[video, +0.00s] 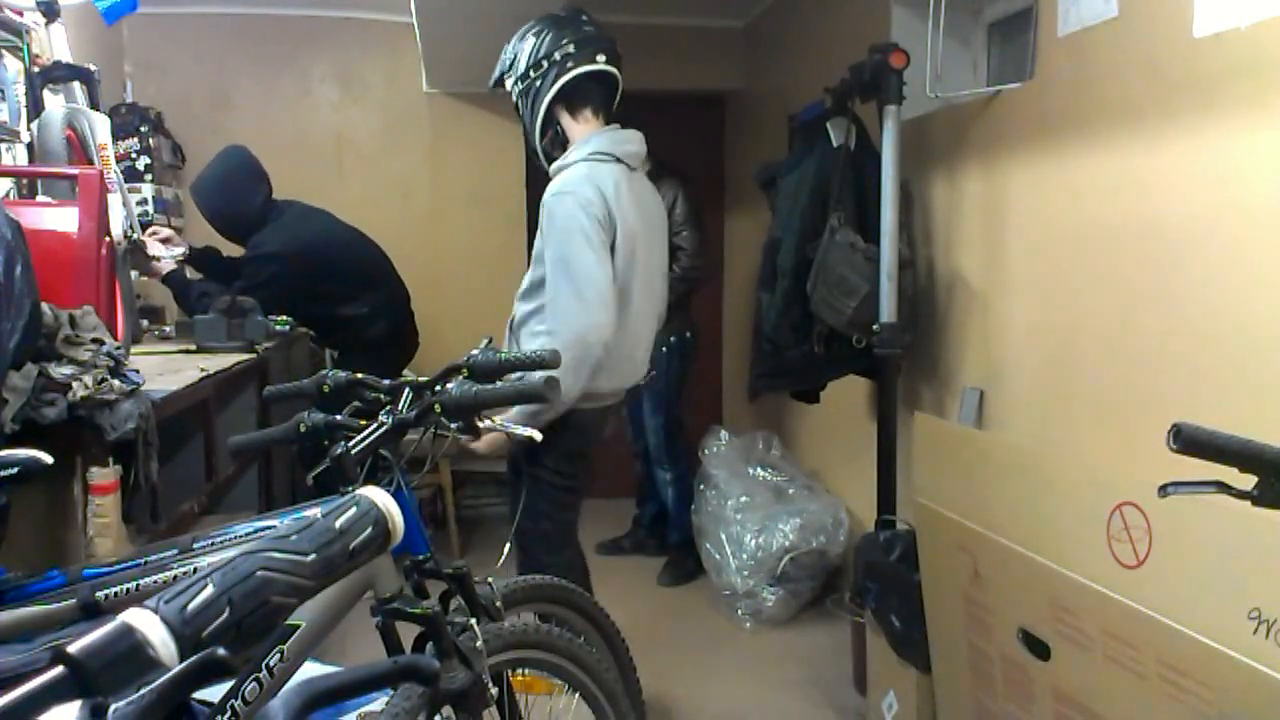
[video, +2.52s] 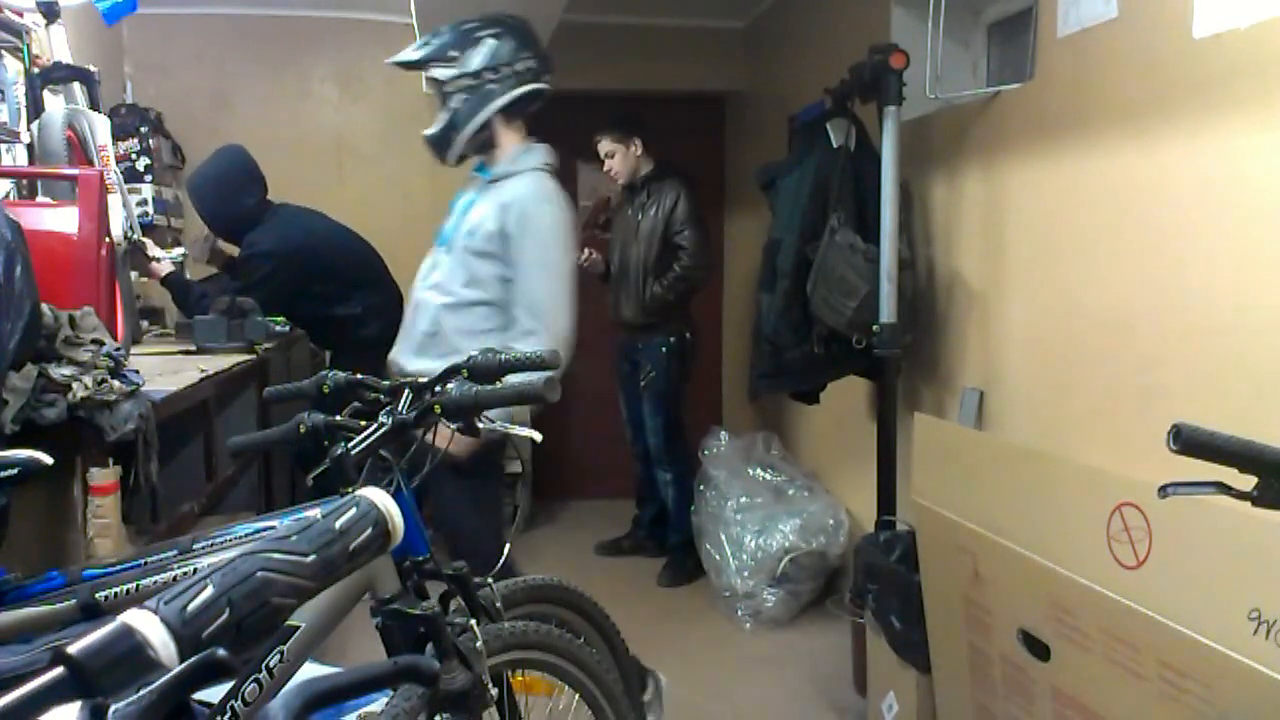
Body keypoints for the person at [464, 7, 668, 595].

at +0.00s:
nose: (521, 117)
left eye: (524, 101)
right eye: (519, 101)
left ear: (548, 98)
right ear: (606, 95)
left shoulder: (573, 191)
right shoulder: (643, 189)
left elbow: (578, 327)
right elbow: (649, 306)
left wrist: (512, 424)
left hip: (566, 408)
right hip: (601, 401)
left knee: (543, 547)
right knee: (553, 540)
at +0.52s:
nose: (509, 134)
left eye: (518, 117)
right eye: (510, 117)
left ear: (555, 116)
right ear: (557, 118)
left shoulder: (605, 204)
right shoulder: (553, 197)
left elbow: (603, 351)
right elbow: (525, 313)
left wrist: (509, 373)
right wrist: (479, 342)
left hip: (562, 402)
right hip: (515, 395)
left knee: (531, 551)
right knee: (500, 537)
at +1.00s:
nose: (528, 132)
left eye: (544, 118)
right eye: (518, 119)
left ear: (580, 122)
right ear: (506, 123)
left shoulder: (618, 204)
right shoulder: (506, 213)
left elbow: (655, 293)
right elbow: (461, 302)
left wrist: (635, 334)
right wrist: (401, 344)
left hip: (605, 393)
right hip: (536, 397)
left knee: (589, 535)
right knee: (519, 544)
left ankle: (633, 687)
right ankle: (578, 651)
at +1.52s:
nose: (555, 128)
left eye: (572, 114)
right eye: (549, 115)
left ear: (615, 122)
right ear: (540, 120)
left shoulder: (650, 211)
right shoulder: (543, 216)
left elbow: (674, 322)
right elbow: (488, 310)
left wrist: (639, 357)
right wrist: (428, 347)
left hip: (621, 420)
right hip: (555, 421)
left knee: (600, 573)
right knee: (526, 565)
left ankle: (655, 706)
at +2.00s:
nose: (558, 118)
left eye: (569, 103)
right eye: (557, 103)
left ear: (613, 109)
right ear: (595, 113)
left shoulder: (666, 212)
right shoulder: (570, 199)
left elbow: (675, 348)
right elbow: (537, 310)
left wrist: (619, 430)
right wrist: (475, 372)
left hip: (587, 421)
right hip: (519, 405)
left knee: (579, 580)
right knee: (462, 557)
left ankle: (651, 705)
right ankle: (456, 692)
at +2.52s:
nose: (440, 108)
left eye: (448, 91)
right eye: (440, 92)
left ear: (487, 91)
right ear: (491, 93)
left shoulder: (534, 195)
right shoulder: (485, 188)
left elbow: (545, 338)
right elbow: (461, 307)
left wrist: (476, 421)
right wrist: (413, 394)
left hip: (464, 424)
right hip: (426, 413)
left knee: (480, 583)